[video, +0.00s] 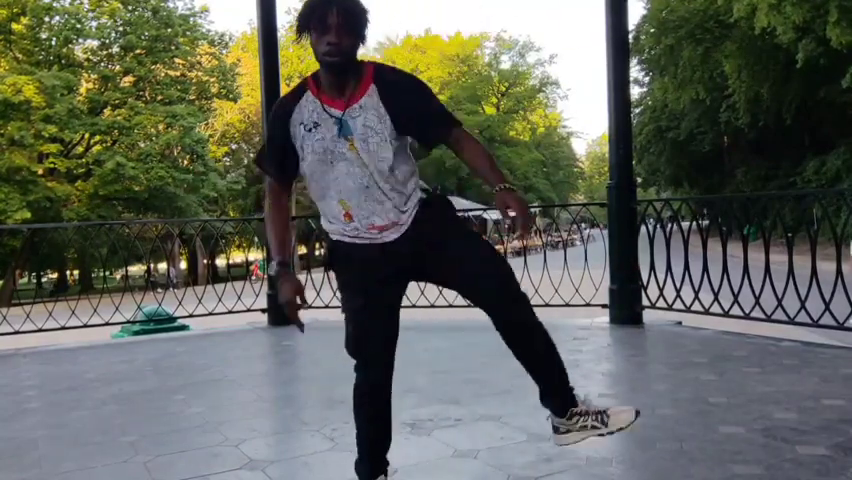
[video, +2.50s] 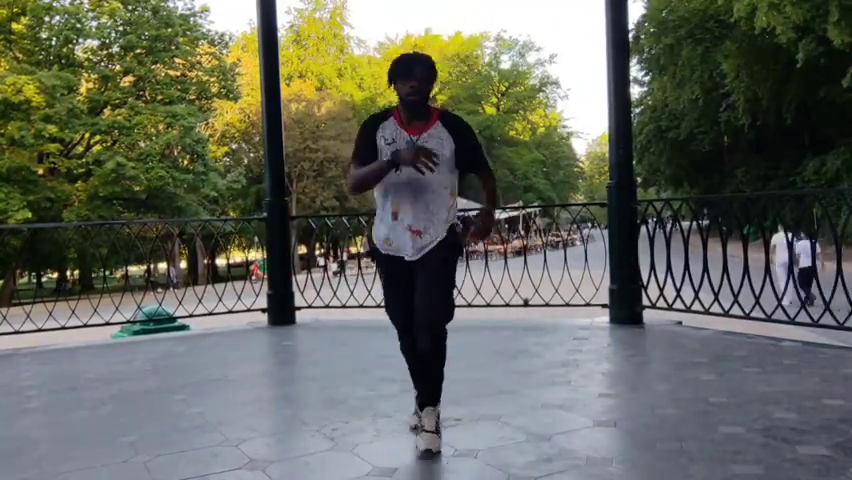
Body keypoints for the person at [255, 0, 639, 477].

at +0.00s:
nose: (334, 38)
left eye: (345, 27)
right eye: (323, 28)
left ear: (360, 35)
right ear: (307, 36)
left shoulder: (394, 86)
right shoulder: (287, 114)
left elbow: (455, 137)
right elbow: (278, 192)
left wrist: (500, 187)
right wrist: (284, 268)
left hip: (424, 227)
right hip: (358, 253)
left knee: (503, 291)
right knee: (373, 368)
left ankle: (565, 411)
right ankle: (371, 472)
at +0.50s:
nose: (418, 46)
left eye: (428, 38)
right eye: (408, 36)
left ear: (440, 44)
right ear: (393, 39)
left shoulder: (438, 106)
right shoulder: (361, 74)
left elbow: (445, 172)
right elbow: (336, 39)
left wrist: (465, 223)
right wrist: (402, 76)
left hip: (405, 224)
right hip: (344, 227)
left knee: (426, 319)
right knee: (360, 353)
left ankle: (346, 348)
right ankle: (370, 469)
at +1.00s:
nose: (433, 61)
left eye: (442, 54)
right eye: (423, 50)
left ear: (448, 59)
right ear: (402, 51)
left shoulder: (416, 101)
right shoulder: (392, 88)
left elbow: (399, 182)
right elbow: (442, 158)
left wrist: (365, 255)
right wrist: (503, 167)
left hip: (421, 235)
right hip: (384, 237)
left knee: (468, 329)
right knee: (418, 355)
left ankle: (386, 414)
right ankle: (402, 472)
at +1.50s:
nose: (458, 82)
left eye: (467, 76)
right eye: (450, 72)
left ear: (474, 79)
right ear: (432, 72)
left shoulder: (450, 122)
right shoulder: (407, 108)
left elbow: (441, 183)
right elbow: (366, 166)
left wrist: (475, 215)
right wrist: (360, 233)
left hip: (441, 234)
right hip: (418, 234)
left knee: (464, 322)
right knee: (494, 320)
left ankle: (420, 414)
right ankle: (462, 425)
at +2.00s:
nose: (435, 89)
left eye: (443, 81)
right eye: (426, 81)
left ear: (454, 84)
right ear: (412, 85)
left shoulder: (470, 122)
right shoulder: (395, 123)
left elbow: (503, 176)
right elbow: (374, 177)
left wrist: (526, 226)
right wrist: (399, 183)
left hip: (450, 242)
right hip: (402, 245)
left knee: (445, 330)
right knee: (376, 319)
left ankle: (463, 410)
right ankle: (429, 414)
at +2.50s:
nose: (414, 86)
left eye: (421, 80)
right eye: (406, 79)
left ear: (433, 85)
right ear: (393, 85)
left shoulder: (453, 127)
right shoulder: (375, 127)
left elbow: (485, 175)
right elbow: (355, 182)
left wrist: (489, 211)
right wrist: (395, 160)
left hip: (438, 241)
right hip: (390, 245)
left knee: (430, 326)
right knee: (407, 332)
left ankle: (431, 413)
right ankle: (424, 402)